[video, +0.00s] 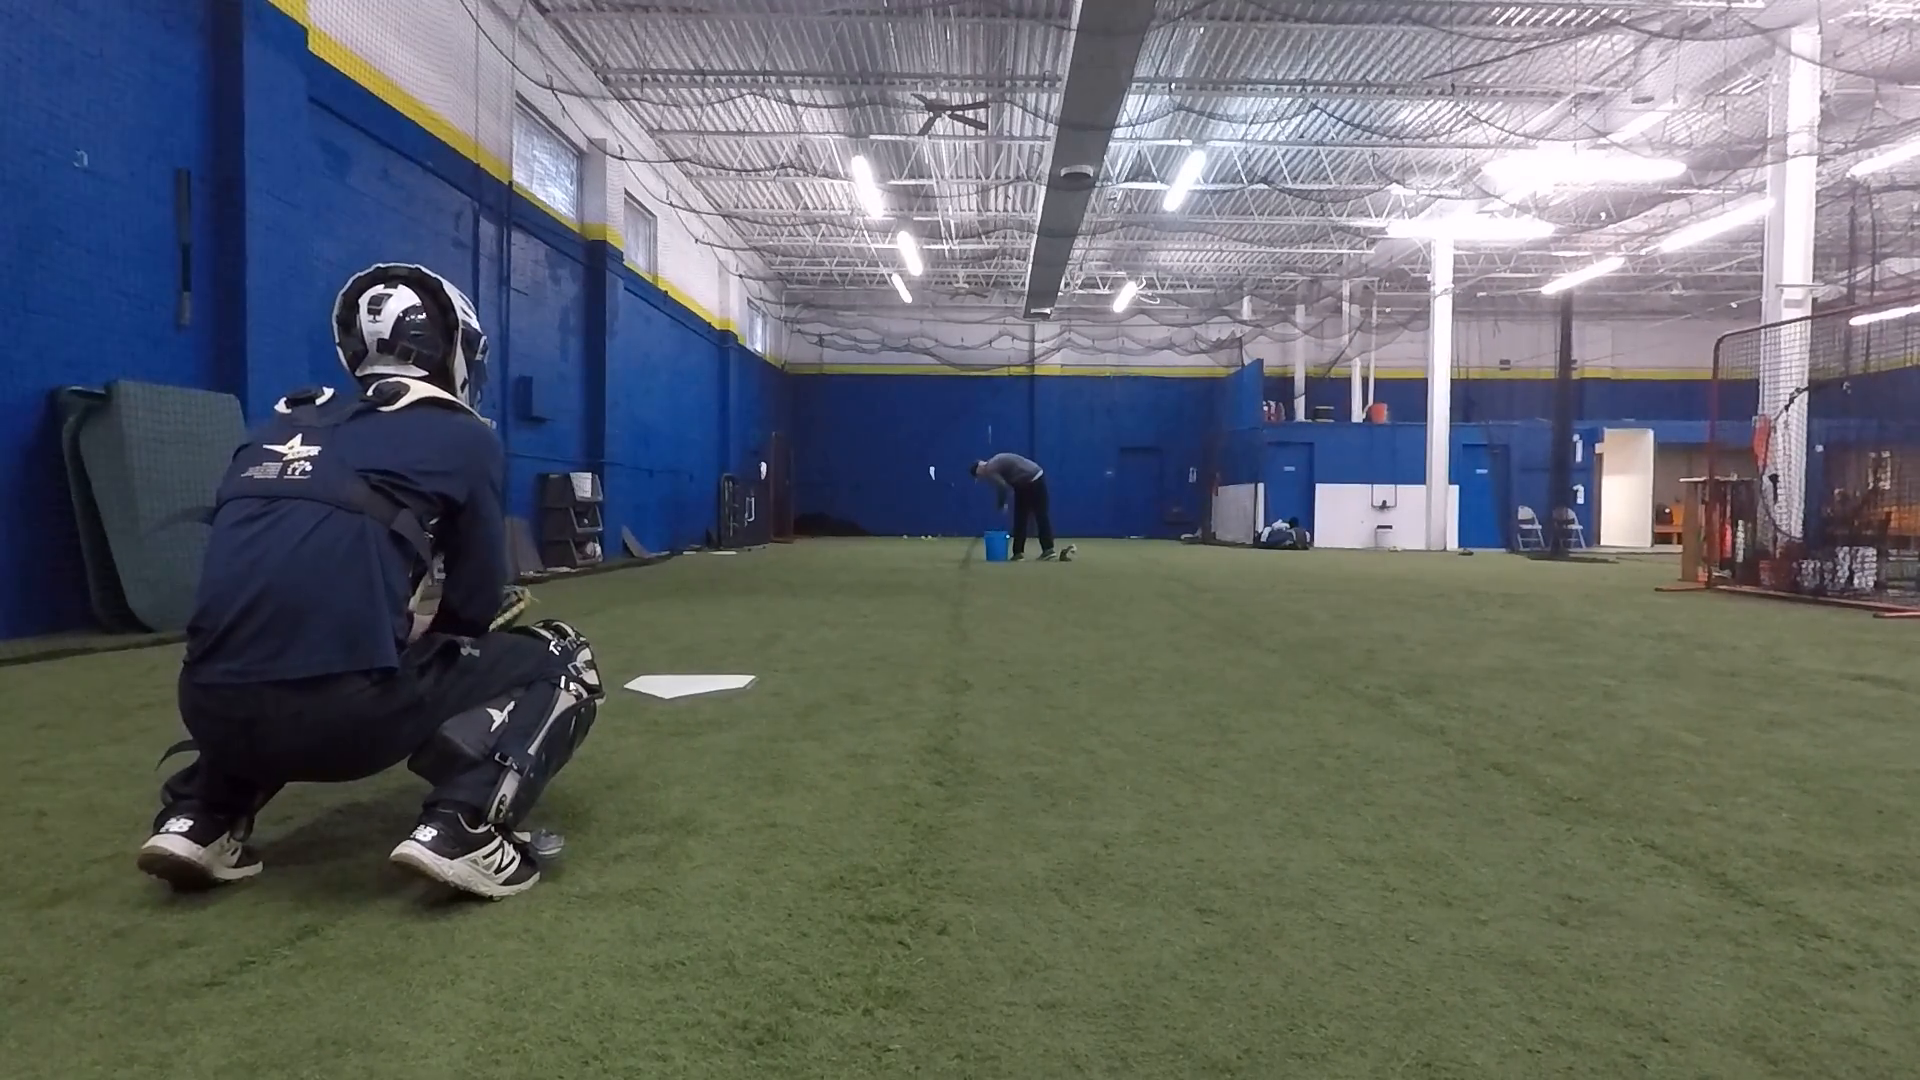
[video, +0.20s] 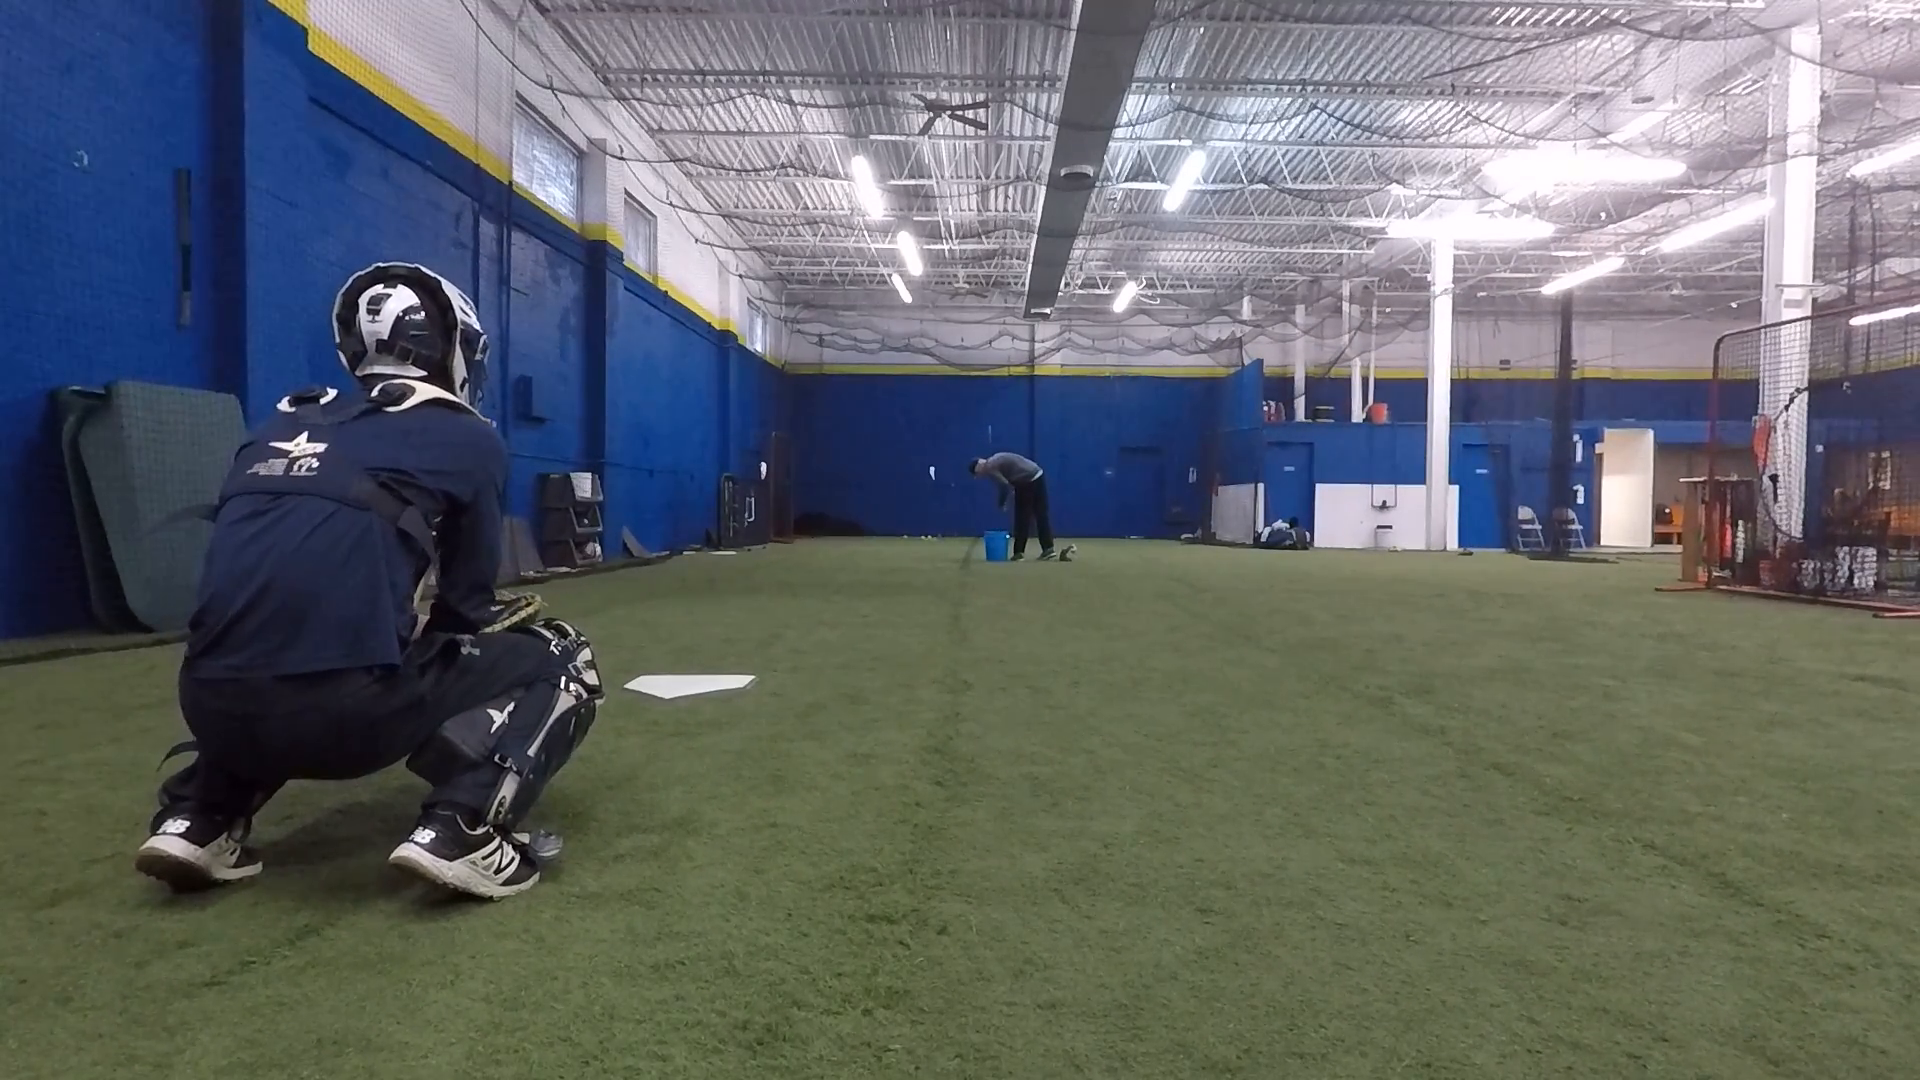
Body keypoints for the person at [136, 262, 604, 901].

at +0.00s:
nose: (473, 364)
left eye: (470, 349)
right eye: (468, 349)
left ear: (351, 352)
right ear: (452, 351)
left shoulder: (281, 423)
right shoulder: (465, 437)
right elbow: (475, 604)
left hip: (221, 714)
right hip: (353, 715)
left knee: (288, 624)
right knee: (564, 663)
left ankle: (200, 816)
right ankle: (464, 824)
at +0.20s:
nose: (473, 366)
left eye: (470, 350)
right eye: (468, 350)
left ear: (351, 353)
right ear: (451, 352)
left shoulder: (280, 422)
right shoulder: (468, 438)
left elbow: (254, 577)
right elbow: (465, 606)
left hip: (222, 710)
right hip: (353, 712)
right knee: (564, 661)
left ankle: (198, 818)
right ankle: (463, 825)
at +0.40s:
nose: (479, 352)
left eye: (475, 338)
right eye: (474, 337)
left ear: (361, 340)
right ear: (461, 341)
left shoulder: (285, 408)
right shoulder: (484, 433)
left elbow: (248, 549)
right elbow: (478, 596)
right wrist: (415, 668)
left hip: (236, 687)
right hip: (375, 693)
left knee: (287, 630)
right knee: (561, 664)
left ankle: (193, 827)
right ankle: (463, 825)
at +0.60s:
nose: (481, 344)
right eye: (475, 330)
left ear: (361, 333)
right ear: (465, 339)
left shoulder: (289, 406)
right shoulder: (501, 434)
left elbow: (261, 555)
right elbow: (504, 597)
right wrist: (451, 671)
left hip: (270, 681)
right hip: (415, 689)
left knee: (271, 646)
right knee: (562, 667)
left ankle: (191, 833)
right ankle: (465, 821)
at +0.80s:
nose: (485, 335)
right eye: (479, 322)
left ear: (366, 329)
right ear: (471, 332)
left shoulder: (295, 402)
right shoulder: (503, 427)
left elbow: (260, 552)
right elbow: (514, 594)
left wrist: (310, 629)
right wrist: (450, 655)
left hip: (276, 674)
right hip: (422, 681)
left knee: (269, 650)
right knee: (566, 669)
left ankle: (196, 837)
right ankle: (464, 820)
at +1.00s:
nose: (488, 348)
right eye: (483, 334)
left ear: (369, 338)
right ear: (472, 342)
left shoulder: (295, 415)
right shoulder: (502, 439)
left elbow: (259, 554)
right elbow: (513, 598)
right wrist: (448, 636)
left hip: (252, 685)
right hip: (397, 693)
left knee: (283, 629)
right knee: (572, 665)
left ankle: (202, 827)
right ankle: (459, 823)